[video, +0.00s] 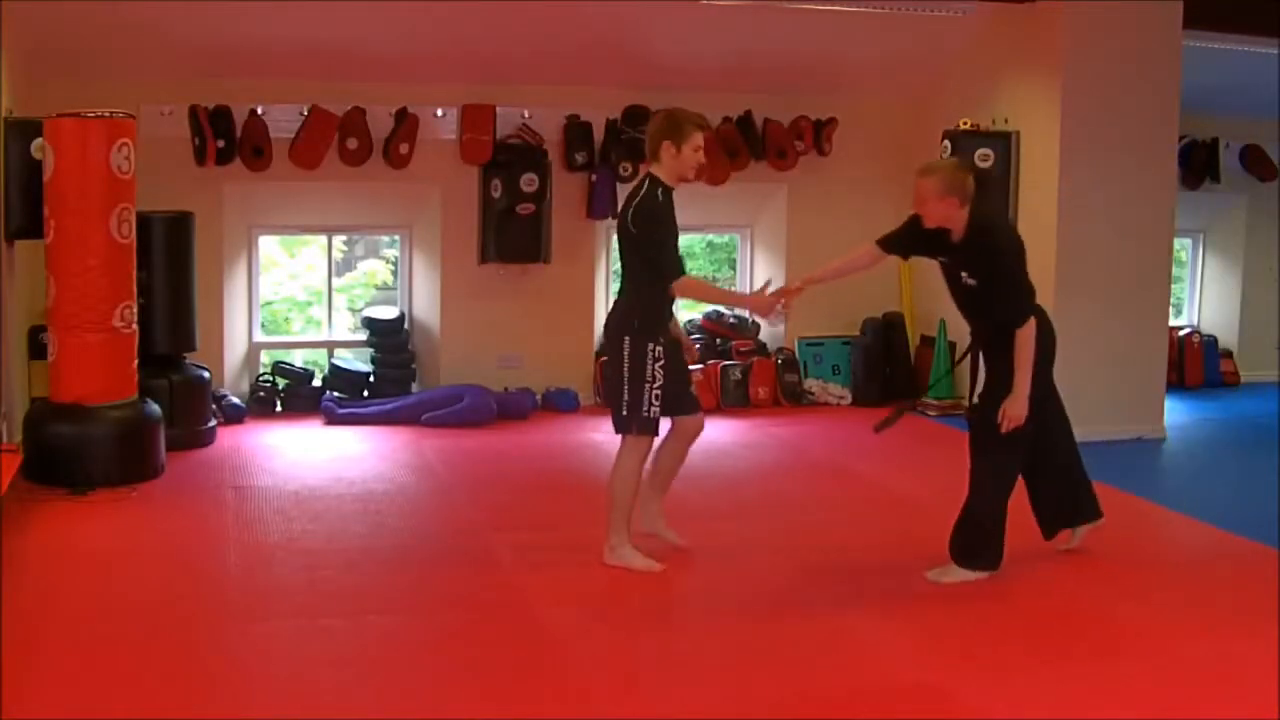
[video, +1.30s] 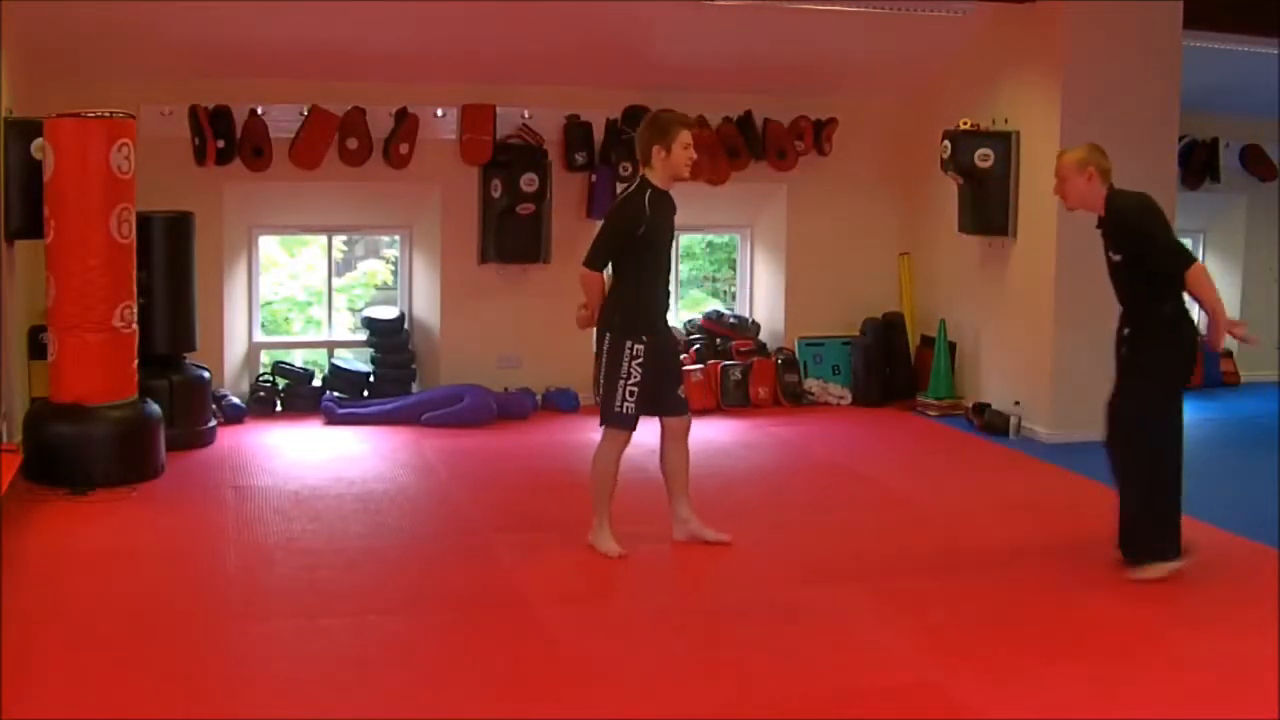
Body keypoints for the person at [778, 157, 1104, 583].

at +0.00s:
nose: (917, 209)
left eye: (925, 201)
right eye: (918, 201)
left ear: (954, 203)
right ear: (942, 203)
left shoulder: (997, 240)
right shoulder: (931, 230)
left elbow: (1024, 321)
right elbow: (871, 254)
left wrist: (1020, 394)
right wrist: (804, 282)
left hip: (1023, 345)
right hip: (997, 341)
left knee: (991, 433)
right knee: (1039, 423)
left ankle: (977, 556)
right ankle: (1079, 510)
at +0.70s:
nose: (952, 188)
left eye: (956, 179)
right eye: (952, 181)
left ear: (981, 182)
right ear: (980, 182)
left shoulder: (1015, 228)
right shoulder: (978, 225)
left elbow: (1018, 313)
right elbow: (914, 248)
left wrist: (981, 384)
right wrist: (843, 263)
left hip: (1050, 346)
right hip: (1064, 340)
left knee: (1011, 452)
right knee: (1095, 439)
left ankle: (982, 560)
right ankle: (1138, 529)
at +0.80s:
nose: (980, 178)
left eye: (989, 170)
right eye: (983, 170)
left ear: (1015, 177)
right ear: (1011, 179)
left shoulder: (1040, 227)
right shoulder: (1011, 222)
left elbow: (1021, 318)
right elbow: (948, 251)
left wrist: (981, 384)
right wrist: (879, 264)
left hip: (1063, 353)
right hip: (1079, 346)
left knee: (1017, 453)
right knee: (1104, 446)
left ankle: (983, 561)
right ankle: (1144, 538)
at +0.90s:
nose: (1013, 189)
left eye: (1019, 180)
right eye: (1014, 181)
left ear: (1043, 182)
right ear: (1044, 184)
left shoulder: (1069, 229)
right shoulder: (1050, 226)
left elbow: (1053, 305)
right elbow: (995, 249)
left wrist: (1024, 367)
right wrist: (935, 263)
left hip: (1083, 356)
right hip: (1098, 352)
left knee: (1031, 458)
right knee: (1107, 455)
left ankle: (985, 560)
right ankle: (1146, 543)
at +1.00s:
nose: (1031, 197)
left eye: (1037, 188)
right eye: (1032, 189)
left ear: (1065, 189)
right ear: (1064, 191)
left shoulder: (1094, 232)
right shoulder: (1078, 231)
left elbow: (1099, 299)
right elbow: (1043, 258)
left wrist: (1093, 351)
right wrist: (1006, 272)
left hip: (1108, 355)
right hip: (1115, 352)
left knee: (1058, 455)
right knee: (1114, 454)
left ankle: (1000, 554)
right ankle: (1146, 543)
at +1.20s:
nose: (1050, 187)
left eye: (1055, 178)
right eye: (1050, 179)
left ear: (1082, 176)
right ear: (1082, 177)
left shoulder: (1122, 215)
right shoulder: (1104, 218)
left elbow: (1171, 280)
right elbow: (1135, 286)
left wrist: (1205, 345)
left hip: (1141, 351)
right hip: (1135, 347)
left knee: (1101, 440)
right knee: (1140, 442)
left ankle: (1084, 547)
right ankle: (1149, 541)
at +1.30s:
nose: (1057, 190)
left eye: (1062, 180)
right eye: (1057, 181)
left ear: (1090, 177)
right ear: (1090, 179)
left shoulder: (1131, 212)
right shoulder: (1116, 216)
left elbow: (1188, 267)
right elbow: (1173, 268)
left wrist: (1217, 324)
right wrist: (1218, 317)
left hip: (1161, 344)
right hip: (1143, 342)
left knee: (1145, 441)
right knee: (1131, 438)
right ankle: (1146, 542)